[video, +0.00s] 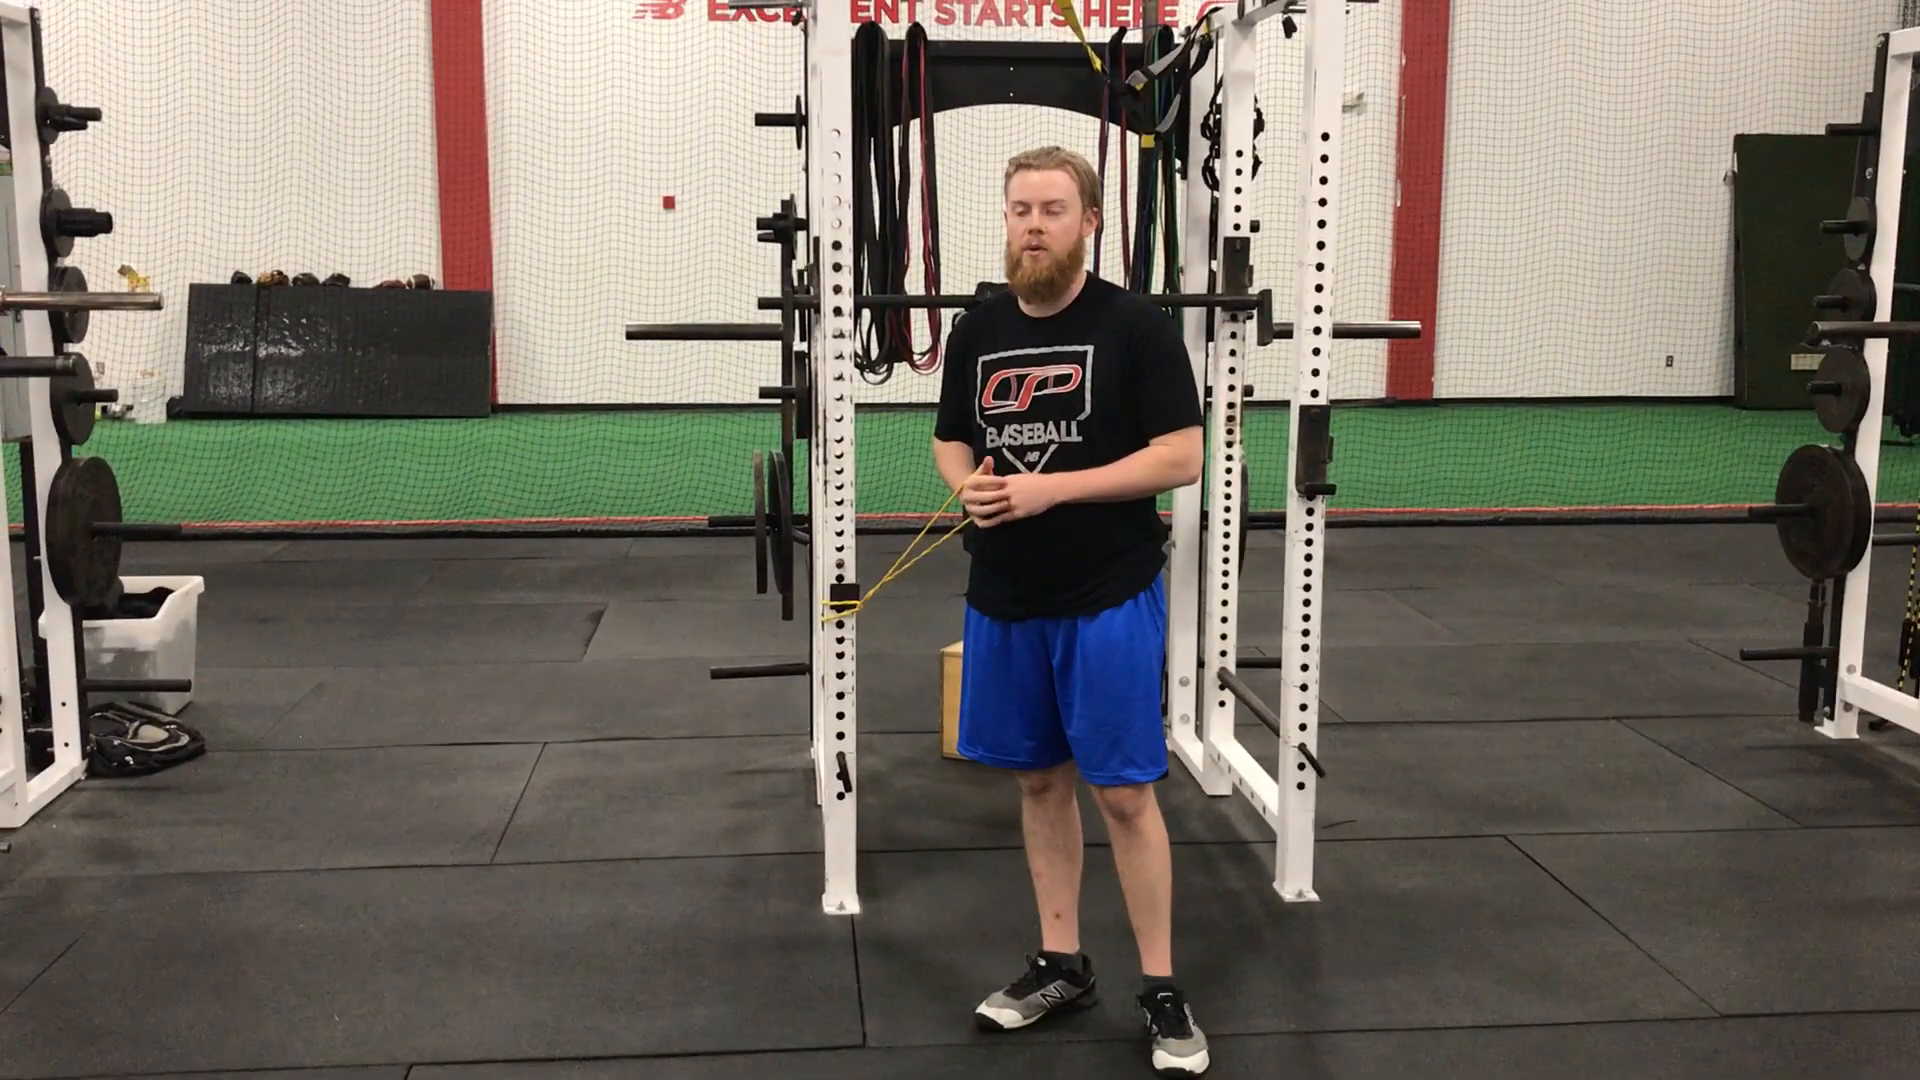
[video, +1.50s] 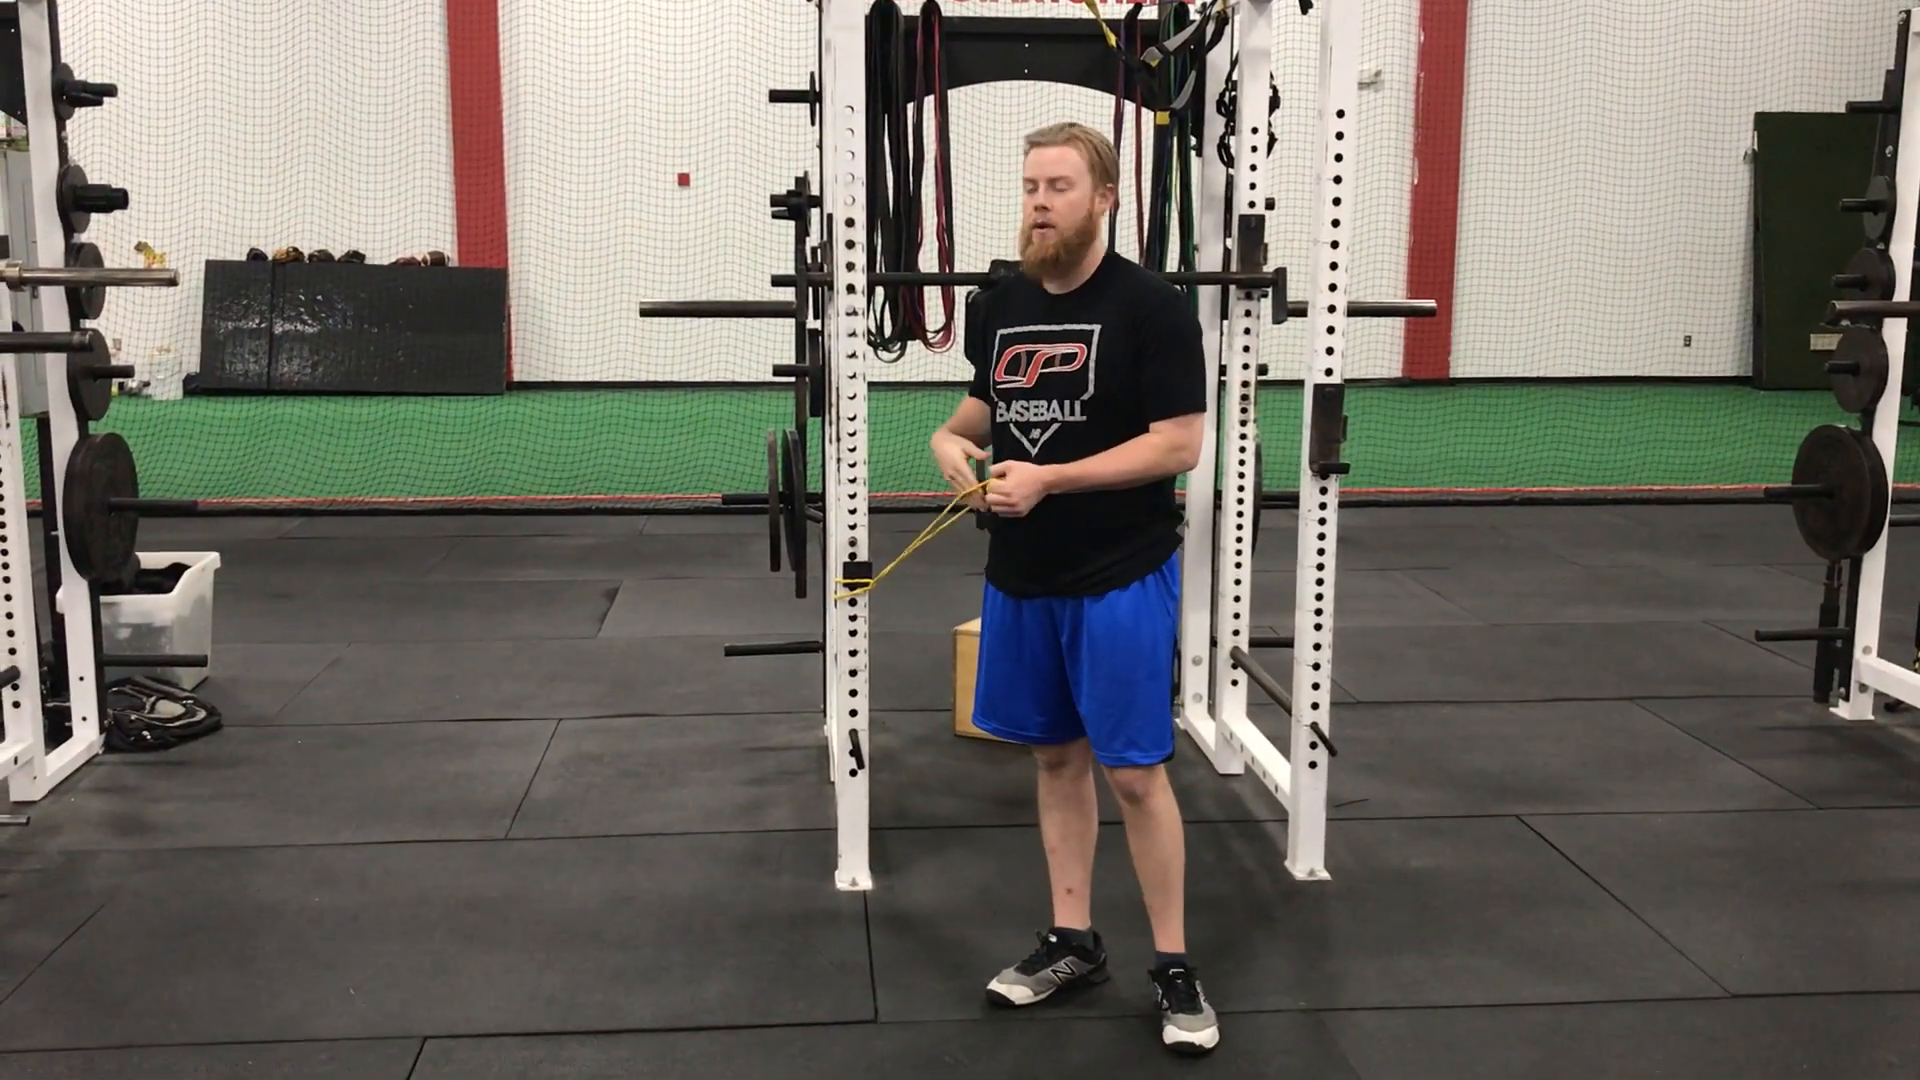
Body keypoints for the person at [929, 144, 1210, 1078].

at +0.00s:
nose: (1030, 225)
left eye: (1050, 210)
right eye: (1019, 210)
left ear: (1089, 224)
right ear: (1002, 222)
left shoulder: (1136, 326)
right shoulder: (978, 326)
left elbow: (1183, 456)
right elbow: (950, 444)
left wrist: (1053, 486)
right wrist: (973, 487)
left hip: (1112, 600)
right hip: (1008, 601)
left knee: (1125, 797)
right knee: (1040, 783)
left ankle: (1160, 990)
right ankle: (1061, 963)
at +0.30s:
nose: (1005, 228)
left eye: (1024, 211)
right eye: (999, 213)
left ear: (1076, 220)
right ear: (995, 223)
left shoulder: (1133, 323)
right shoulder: (977, 327)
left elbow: (1180, 455)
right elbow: (950, 444)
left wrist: (1050, 494)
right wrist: (975, 487)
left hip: (1109, 600)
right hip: (1006, 601)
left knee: (1124, 796)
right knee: (1040, 782)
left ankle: (1160, 989)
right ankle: (1061, 963)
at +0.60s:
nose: (999, 225)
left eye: (1017, 207)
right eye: (996, 209)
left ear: (1072, 215)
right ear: (997, 219)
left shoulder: (1131, 316)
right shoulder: (981, 320)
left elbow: (1168, 450)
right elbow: (956, 436)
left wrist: (1034, 490)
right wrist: (965, 485)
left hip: (1107, 595)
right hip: (1009, 595)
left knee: (1122, 791)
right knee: (1042, 777)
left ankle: (1161, 986)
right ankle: (1062, 960)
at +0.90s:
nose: (1018, 213)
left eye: (1037, 198)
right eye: (1011, 199)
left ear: (1086, 210)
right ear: (1004, 211)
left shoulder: (1137, 312)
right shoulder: (986, 316)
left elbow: (1172, 447)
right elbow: (966, 432)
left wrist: (1038, 488)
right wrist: (969, 485)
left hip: (1111, 589)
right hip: (1013, 589)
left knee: (1126, 785)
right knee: (1047, 772)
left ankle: (1165, 979)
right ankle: (1065, 953)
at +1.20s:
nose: (1043, 201)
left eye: (1063, 188)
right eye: (1033, 186)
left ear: (1102, 206)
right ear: (1015, 201)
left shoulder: (1147, 305)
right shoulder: (991, 308)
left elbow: (1180, 441)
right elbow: (969, 433)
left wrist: (1050, 480)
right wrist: (975, 484)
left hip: (1121, 581)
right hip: (1019, 583)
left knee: (1134, 779)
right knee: (1051, 764)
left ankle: (1169, 972)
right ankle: (1068, 945)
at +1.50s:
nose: (1037, 202)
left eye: (1057, 187)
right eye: (1029, 187)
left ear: (1102, 200)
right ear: (1021, 199)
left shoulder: (1152, 305)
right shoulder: (999, 301)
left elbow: (1182, 442)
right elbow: (986, 408)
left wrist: (1050, 476)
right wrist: (948, 438)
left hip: (1122, 578)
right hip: (1024, 579)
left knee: (1134, 774)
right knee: (1057, 760)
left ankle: (1172, 966)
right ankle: (1072, 940)